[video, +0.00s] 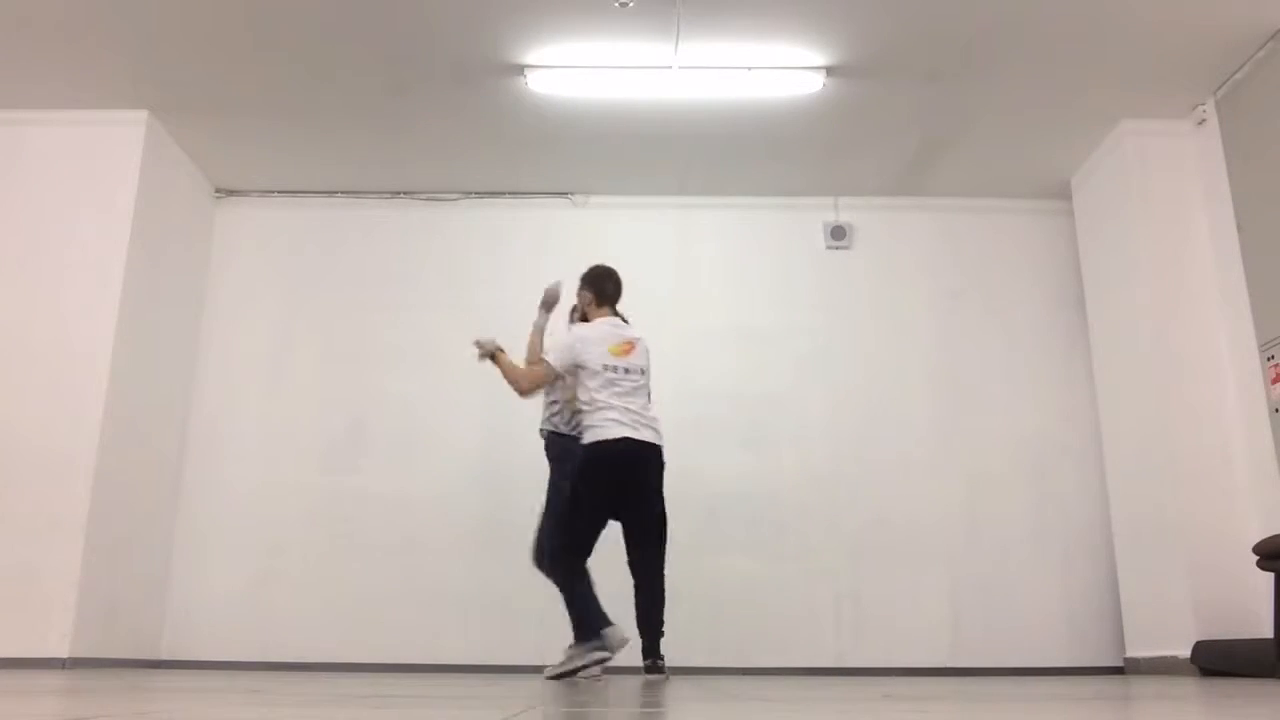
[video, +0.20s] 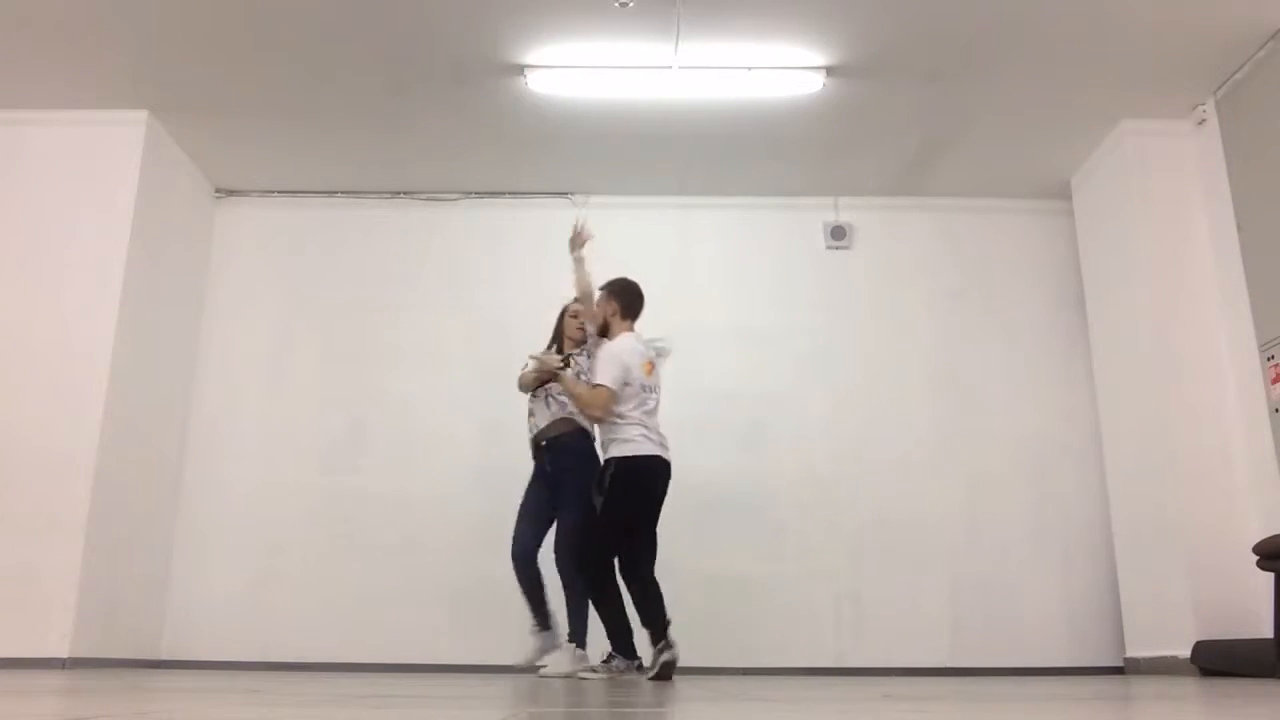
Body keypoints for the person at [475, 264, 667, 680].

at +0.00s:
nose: (577, 302)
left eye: (579, 296)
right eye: (578, 297)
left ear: (586, 298)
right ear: (616, 300)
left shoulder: (580, 337)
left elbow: (526, 382)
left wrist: (496, 355)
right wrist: (542, 319)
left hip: (599, 454)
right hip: (647, 455)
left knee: (559, 552)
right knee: (649, 560)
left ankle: (594, 636)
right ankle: (653, 654)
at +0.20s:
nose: (580, 321)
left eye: (585, 317)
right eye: (573, 315)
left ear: (592, 327)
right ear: (559, 324)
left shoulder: (590, 355)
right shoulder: (545, 359)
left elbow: (589, 304)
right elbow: (523, 382)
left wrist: (578, 254)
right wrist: (549, 369)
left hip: (579, 462)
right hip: (546, 466)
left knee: (569, 556)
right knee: (522, 551)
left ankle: (577, 647)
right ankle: (546, 635)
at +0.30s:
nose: (577, 322)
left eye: (582, 319)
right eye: (569, 317)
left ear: (587, 327)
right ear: (554, 325)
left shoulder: (590, 355)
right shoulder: (539, 361)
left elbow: (593, 304)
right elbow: (526, 377)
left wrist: (593, 250)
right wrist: (561, 367)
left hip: (577, 458)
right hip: (538, 462)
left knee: (568, 556)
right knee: (526, 551)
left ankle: (566, 646)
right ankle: (511, 635)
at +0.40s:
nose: (576, 324)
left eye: (578, 320)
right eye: (568, 318)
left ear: (580, 327)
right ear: (548, 325)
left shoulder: (587, 356)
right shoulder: (532, 360)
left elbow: (594, 306)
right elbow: (540, 371)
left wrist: (601, 255)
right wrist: (584, 363)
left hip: (573, 460)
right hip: (531, 461)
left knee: (566, 557)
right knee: (534, 551)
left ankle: (555, 647)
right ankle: (499, 640)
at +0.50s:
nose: (576, 327)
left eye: (577, 321)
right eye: (567, 320)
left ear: (576, 328)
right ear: (548, 324)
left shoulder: (580, 356)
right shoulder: (526, 358)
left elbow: (601, 316)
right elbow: (549, 372)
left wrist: (603, 264)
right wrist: (600, 365)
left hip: (565, 471)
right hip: (525, 469)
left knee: (572, 558)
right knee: (528, 556)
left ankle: (544, 649)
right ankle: (493, 645)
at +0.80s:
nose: (582, 325)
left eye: (581, 318)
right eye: (576, 318)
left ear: (564, 322)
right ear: (557, 320)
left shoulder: (564, 361)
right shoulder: (549, 358)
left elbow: (584, 400)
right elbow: (586, 385)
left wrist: (614, 370)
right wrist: (635, 354)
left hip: (567, 471)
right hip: (543, 470)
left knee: (579, 560)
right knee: (555, 556)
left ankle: (542, 650)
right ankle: (504, 639)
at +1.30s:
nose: (601, 310)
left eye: (599, 303)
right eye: (592, 303)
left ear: (581, 309)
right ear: (577, 307)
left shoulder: (571, 346)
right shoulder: (578, 337)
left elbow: (571, 405)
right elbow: (613, 309)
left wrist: (603, 375)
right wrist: (634, 255)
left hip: (562, 457)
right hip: (560, 459)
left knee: (569, 555)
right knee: (594, 548)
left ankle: (540, 649)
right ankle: (575, 649)